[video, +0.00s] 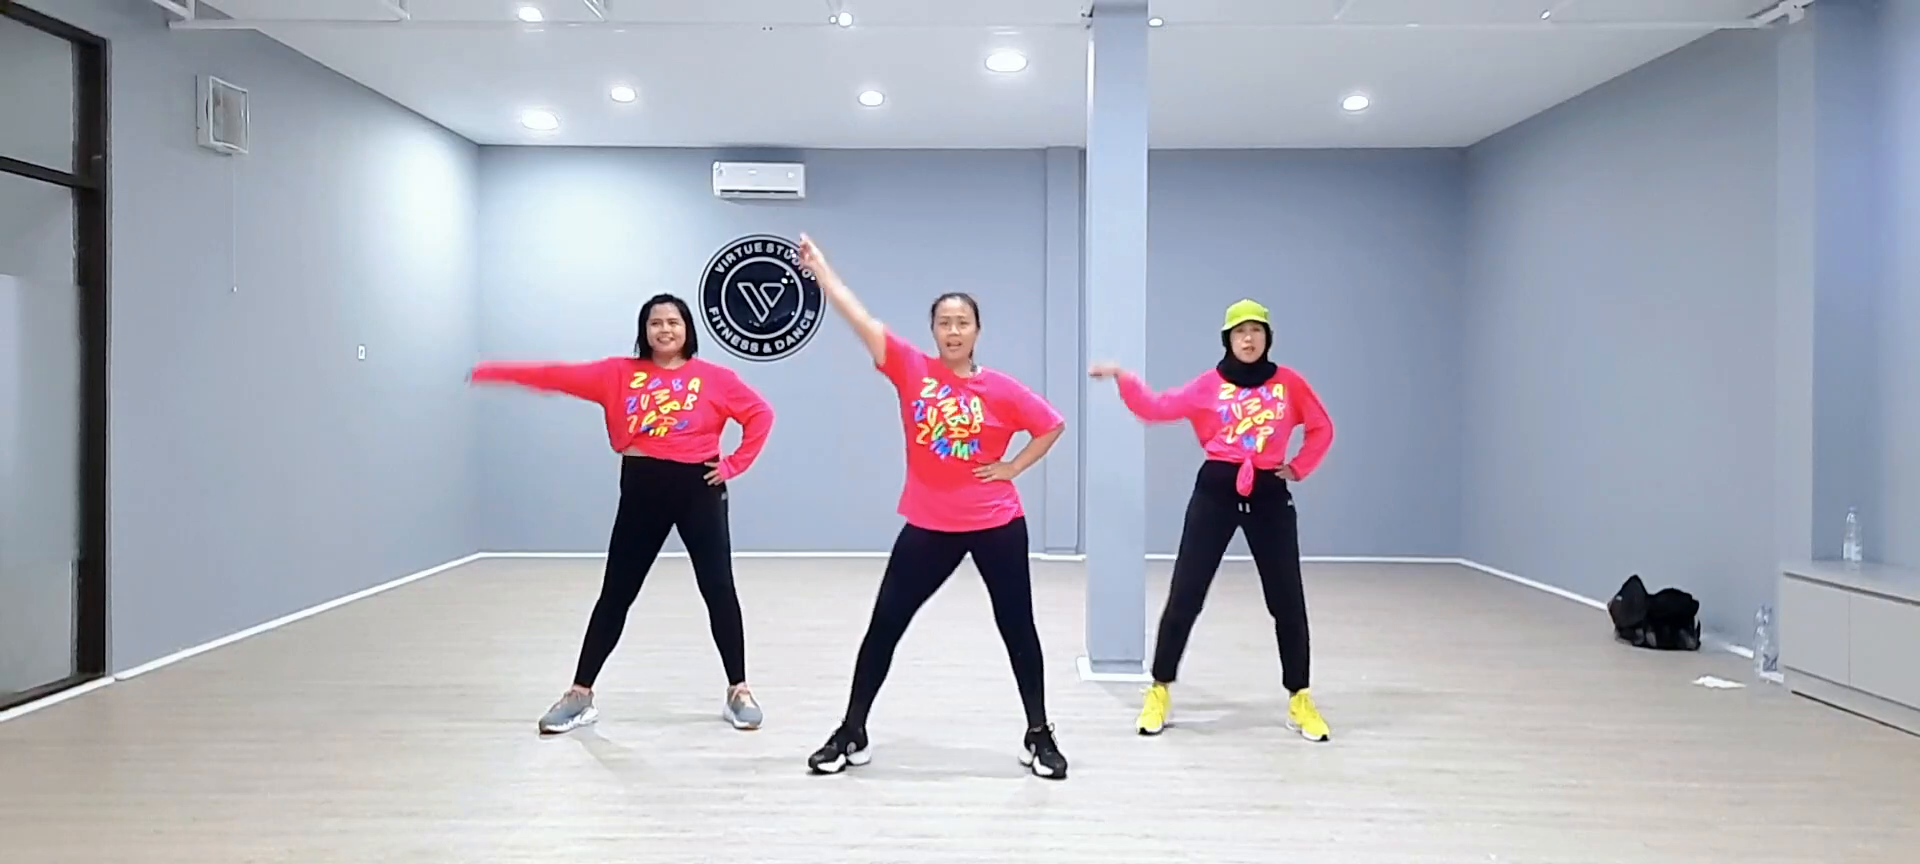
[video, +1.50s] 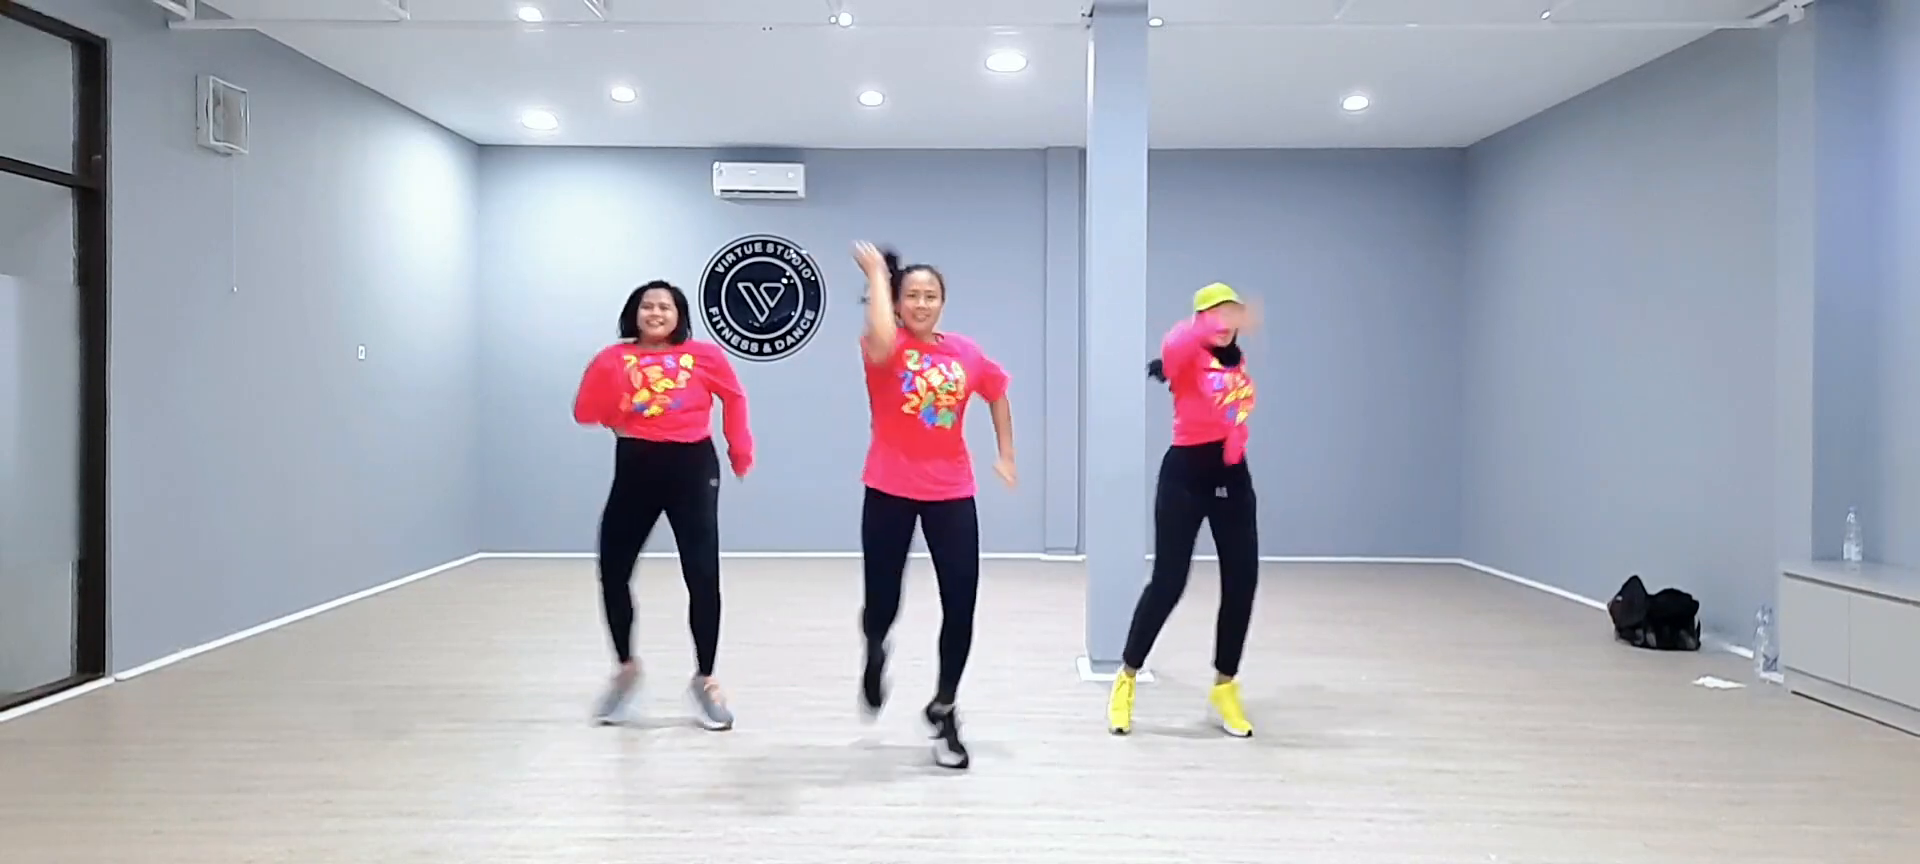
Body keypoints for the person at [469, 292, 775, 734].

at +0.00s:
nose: (665, 328)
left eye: (673, 321)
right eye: (656, 322)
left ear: (688, 330)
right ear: (644, 331)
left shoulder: (712, 377)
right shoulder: (618, 372)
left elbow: (762, 415)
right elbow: (553, 375)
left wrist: (735, 464)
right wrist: (486, 371)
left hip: (699, 488)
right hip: (642, 486)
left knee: (718, 586)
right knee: (616, 592)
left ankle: (739, 690)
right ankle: (580, 693)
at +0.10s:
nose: (661, 327)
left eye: (669, 321)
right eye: (653, 322)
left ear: (685, 328)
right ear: (641, 331)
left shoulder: (710, 373)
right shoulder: (620, 365)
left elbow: (762, 409)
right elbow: (570, 343)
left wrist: (736, 460)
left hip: (703, 488)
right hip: (646, 489)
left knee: (720, 585)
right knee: (615, 590)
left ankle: (741, 690)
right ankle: (579, 691)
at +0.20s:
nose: (652, 324)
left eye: (660, 317)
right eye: (643, 319)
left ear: (677, 323)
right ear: (633, 328)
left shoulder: (706, 367)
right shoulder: (617, 357)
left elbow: (754, 408)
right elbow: (573, 317)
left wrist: (732, 458)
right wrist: (544, 263)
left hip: (693, 483)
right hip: (636, 481)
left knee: (715, 584)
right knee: (604, 585)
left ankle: (740, 688)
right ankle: (572, 685)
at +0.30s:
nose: (639, 327)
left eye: (647, 319)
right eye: (630, 321)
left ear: (664, 323)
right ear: (621, 331)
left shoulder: (698, 366)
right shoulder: (610, 359)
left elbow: (738, 415)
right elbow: (576, 314)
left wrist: (713, 466)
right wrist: (590, 260)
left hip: (674, 483)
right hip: (616, 478)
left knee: (706, 584)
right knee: (594, 583)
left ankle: (739, 686)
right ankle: (574, 688)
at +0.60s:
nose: (649, 320)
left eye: (658, 313)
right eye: (640, 314)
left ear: (673, 320)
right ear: (629, 323)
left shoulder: (698, 364)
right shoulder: (609, 358)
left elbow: (744, 407)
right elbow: (559, 324)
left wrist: (722, 458)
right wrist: (550, 260)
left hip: (684, 480)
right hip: (627, 477)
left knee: (715, 578)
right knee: (598, 581)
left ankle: (746, 681)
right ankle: (571, 685)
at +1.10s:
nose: (641, 325)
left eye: (650, 318)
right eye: (633, 320)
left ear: (667, 327)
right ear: (624, 331)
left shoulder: (694, 369)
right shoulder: (608, 360)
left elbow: (737, 413)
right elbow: (557, 341)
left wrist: (704, 466)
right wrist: (596, 296)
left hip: (671, 482)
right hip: (616, 479)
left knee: (704, 580)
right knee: (591, 582)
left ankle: (743, 682)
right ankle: (580, 680)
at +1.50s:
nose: (655, 312)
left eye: (664, 307)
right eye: (647, 306)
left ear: (679, 317)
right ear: (633, 316)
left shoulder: (704, 355)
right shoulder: (616, 359)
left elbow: (734, 397)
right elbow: (585, 414)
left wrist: (741, 451)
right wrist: (605, 370)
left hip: (693, 470)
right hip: (636, 471)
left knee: (703, 575)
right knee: (613, 571)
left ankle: (705, 679)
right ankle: (626, 667)